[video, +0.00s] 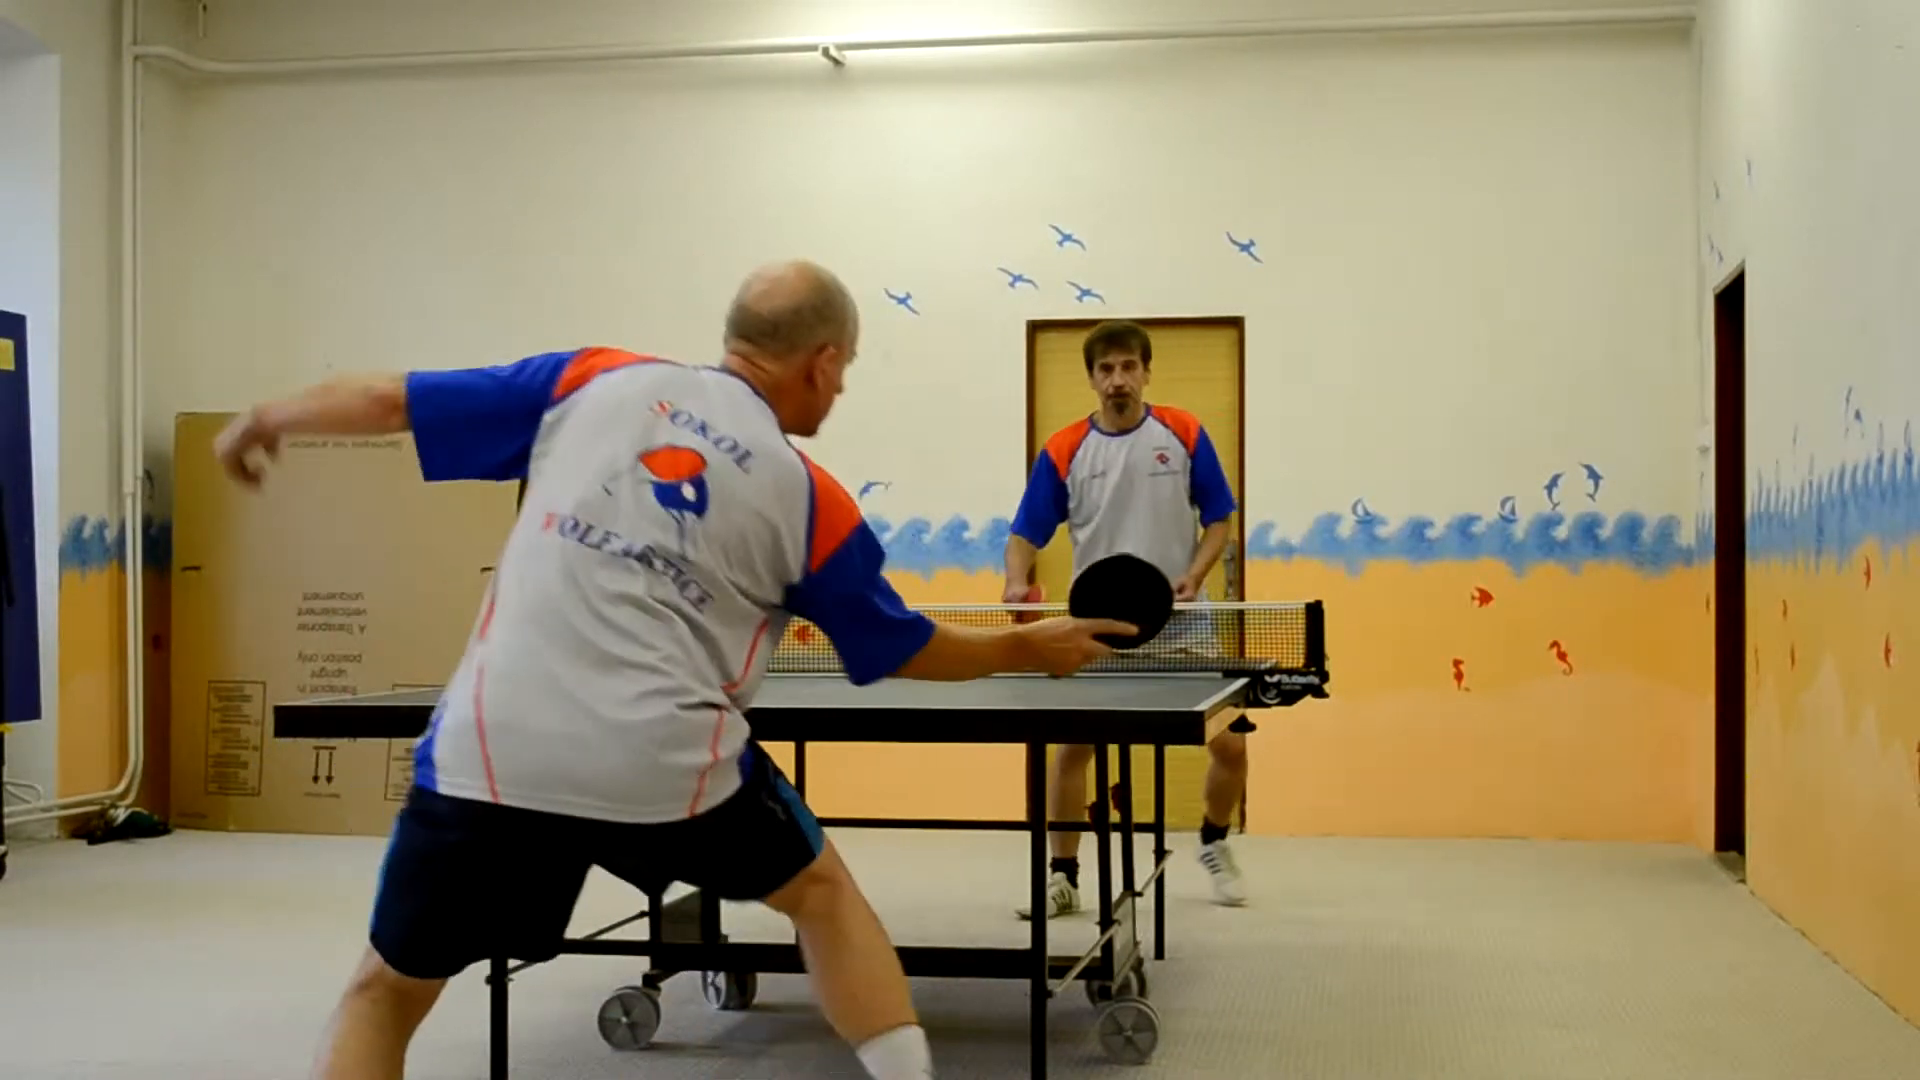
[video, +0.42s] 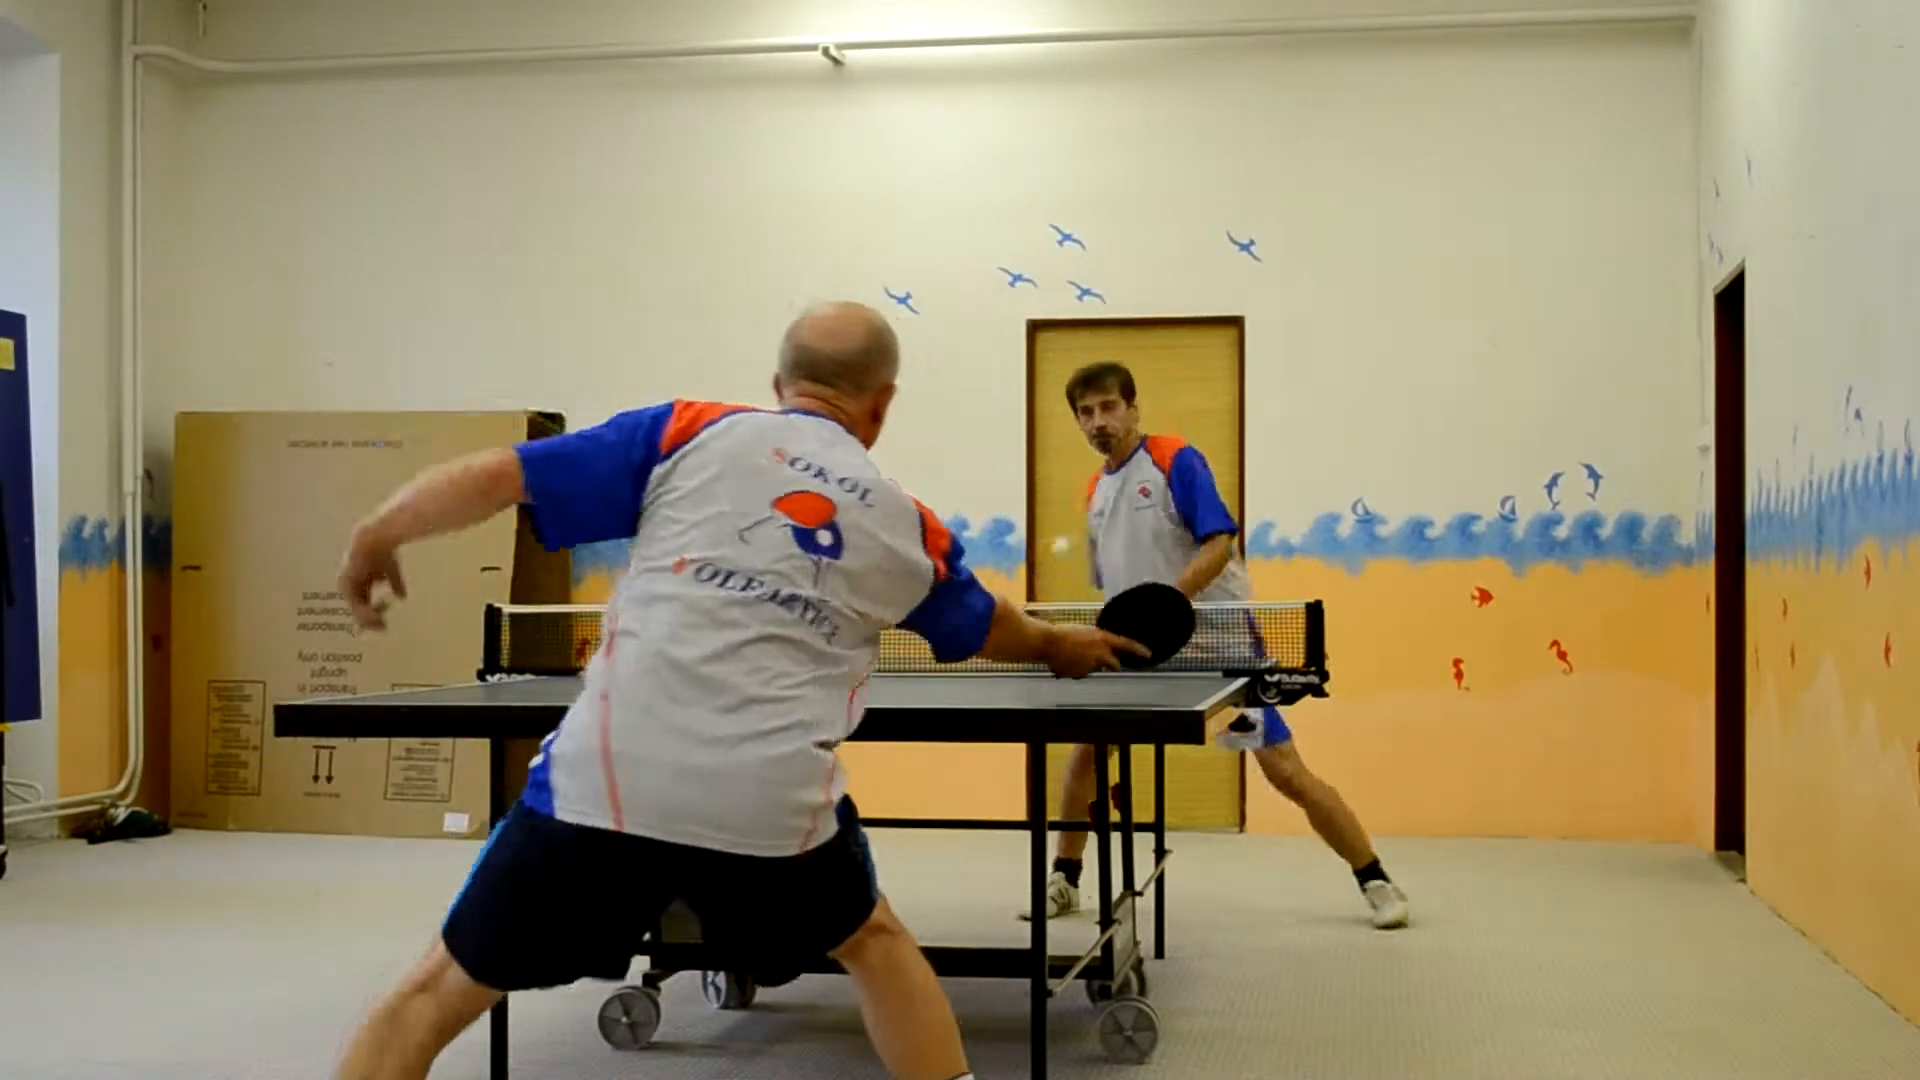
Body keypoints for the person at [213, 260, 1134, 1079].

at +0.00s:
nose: (838, 394)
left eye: (841, 373)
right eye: (841, 373)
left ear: (729, 340)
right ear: (811, 366)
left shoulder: (589, 376)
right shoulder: (807, 495)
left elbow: (399, 401)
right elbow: (901, 648)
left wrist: (270, 416)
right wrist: (1032, 644)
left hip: (484, 761)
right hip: (668, 773)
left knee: (386, 989)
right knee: (825, 896)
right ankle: (907, 1074)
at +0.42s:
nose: (886, 409)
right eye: (889, 397)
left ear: (777, 378)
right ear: (880, 405)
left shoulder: (682, 433)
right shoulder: (903, 524)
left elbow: (503, 477)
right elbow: (996, 632)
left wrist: (378, 531)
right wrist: (1063, 644)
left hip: (592, 811)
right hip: (774, 831)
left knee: (434, 994)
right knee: (878, 953)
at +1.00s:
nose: (744, 370)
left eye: (742, 351)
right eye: (744, 352)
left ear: (631, 333)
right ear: (734, 352)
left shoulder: (510, 419)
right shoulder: (710, 486)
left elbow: (365, 566)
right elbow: (804, 711)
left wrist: (291, 672)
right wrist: (928, 716)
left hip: (406, 801)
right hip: (590, 817)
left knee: (294, 1000)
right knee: (780, 948)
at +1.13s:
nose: (758, 320)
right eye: (761, 303)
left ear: (644, 291)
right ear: (758, 307)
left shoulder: (527, 398)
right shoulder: (732, 457)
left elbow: (406, 580)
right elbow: (733, 690)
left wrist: (273, 716)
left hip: (480, 788)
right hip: (645, 801)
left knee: (374, 975)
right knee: (845, 932)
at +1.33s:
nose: (637, 197)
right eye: (640, 181)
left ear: (511, 198)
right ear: (636, 194)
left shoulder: (436, 358)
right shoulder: (691, 365)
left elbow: (406, 567)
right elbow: (817, 569)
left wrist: (371, 696)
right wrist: (925, 638)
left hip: (497, 753)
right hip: (679, 744)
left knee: (441, 954)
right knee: (857, 911)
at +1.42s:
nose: (637, 168)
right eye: (642, 152)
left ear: (505, 169)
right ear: (634, 163)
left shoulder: (431, 319)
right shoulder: (685, 333)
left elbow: (379, 522)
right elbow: (836, 526)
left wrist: (377, 561)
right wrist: (969, 583)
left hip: (477, 732)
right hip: (661, 726)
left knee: (428, 940)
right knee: (847, 915)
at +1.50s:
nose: (649, 145)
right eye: (652, 128)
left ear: (519, 143)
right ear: (647, 138)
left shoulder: (439, 291)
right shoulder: (704, 309)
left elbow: (348, 483)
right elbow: (856, 498)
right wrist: (1007, 552)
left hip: (483, 728)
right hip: (674, 726)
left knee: (423, 956)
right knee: (820, 965)